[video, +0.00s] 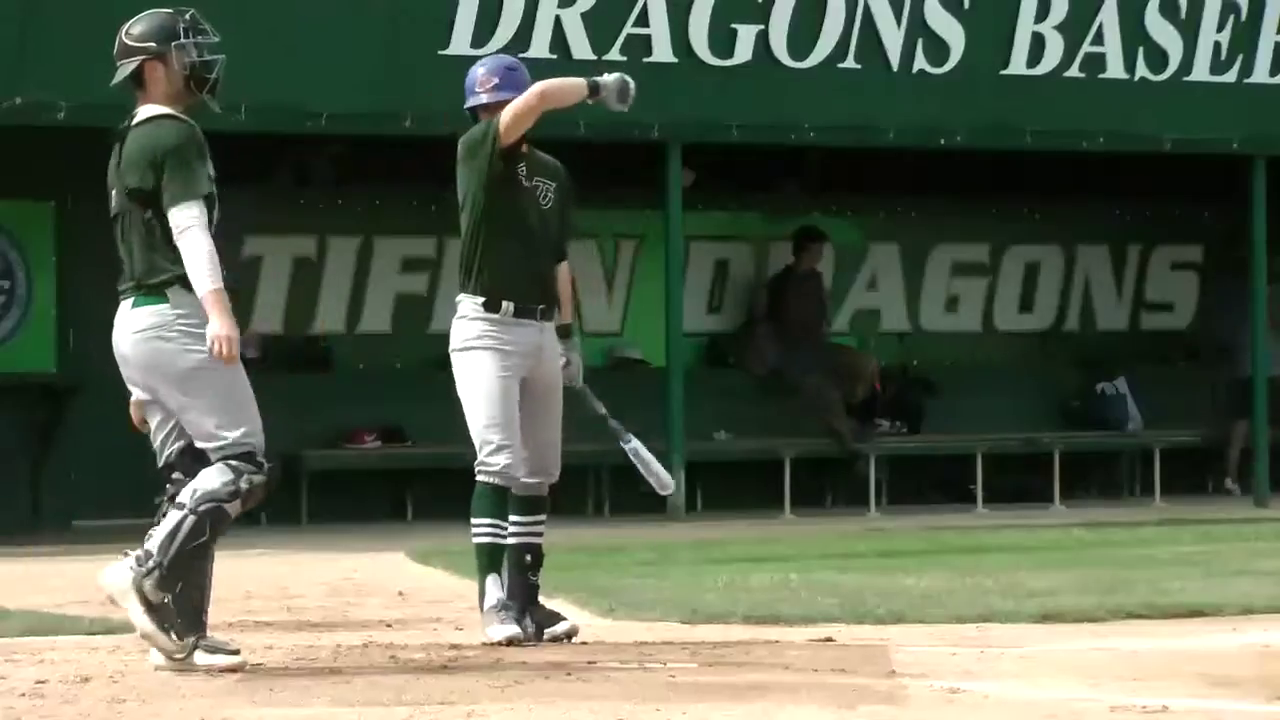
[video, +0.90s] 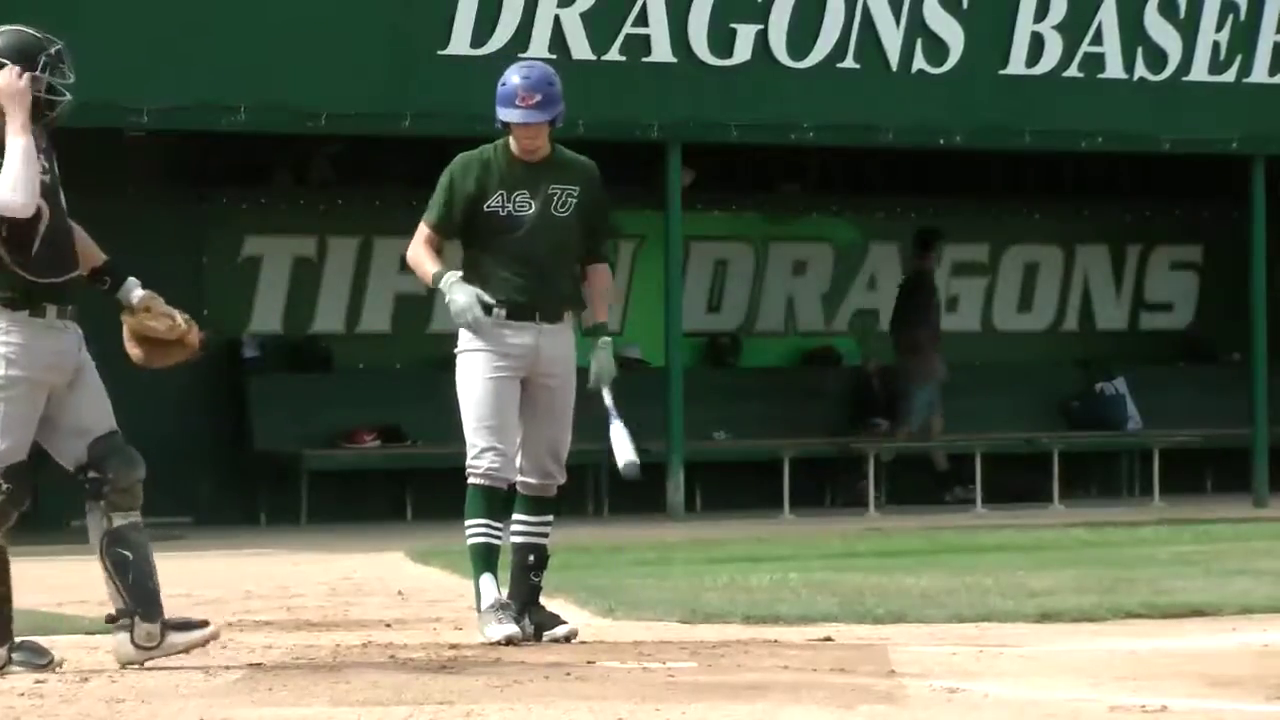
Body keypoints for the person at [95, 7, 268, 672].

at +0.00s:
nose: (200, 62)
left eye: (196, 52)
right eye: (187, 52)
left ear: (149, 70)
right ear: (154, 64)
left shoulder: (131, 142)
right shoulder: (174, 132)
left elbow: (139, 258)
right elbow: (189, 229)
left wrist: (143, 378)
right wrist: (220, 312)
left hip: (137, 322)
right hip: (174, 319)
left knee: (191, 477)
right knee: (243, 464)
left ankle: (183, 633)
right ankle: (145, 573)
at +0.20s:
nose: (185, 64)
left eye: (181, 54)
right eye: (172, 56)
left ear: (139, 70)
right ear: (138, 67)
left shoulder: (148, 135)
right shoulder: (139, 135)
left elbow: (111, 247)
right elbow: (123, 237)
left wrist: (101, 344)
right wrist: (141, 322)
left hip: (174, 322)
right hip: (170, 325)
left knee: (200, 484)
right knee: (195, 483)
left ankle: (183, 634)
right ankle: (74, 582)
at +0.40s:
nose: (149, 65)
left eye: (147, 56)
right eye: (135, 57)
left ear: (119, 72)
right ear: (101, 71)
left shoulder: (137, 144)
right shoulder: (95, 146)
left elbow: (135, 258)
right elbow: (84, 250)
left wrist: (85, 351)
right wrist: (104, 336)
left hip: (177, 331)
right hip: (133, 331)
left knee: (185, 491)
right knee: (124, 494)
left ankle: (182, 638)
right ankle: (30, 613)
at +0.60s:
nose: (107, 84)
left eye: (107, 73)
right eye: (96, 73)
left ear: (74, 79)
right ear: (62, 75)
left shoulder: (97, 151)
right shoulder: (39, 157)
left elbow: (106, 260)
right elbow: (37, 261)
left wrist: (145, 366)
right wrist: (120, 278)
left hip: (124, 333)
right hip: (71, 335)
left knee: (147, 488)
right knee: (53, 496)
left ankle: (178, 634)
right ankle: (6, 636)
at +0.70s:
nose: (83, 88)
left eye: (82, 78)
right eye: (72, 76)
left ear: (63, 84)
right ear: (37, 77)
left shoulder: (73, 152)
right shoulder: (12, 156)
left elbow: (91, 260)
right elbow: (20, 256)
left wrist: (137, 329)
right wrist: (96, 213)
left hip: (98, 333)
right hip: (44, 334)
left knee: (130, 485)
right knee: (30, 497)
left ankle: (171, 631)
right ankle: (6, 641)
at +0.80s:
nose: (59, 97)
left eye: (61, 87)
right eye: (51, 85)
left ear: (28, 84)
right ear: (16, 79)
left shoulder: (44, 150)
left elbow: (79, 235)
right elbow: (22, 235)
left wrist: (133, 299)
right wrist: (54, 155)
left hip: (76, 331)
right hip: (21, 332)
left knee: (122, 476)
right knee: (10, 497)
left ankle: (162, 625)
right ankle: (5, 642)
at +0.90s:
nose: (55, 86)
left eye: (54, 76)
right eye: (46, 76)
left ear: (26, 80)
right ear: (21, 79)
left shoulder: (38, 141)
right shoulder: (6, 141)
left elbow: (60, 228)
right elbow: (18, 207)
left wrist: (126, 288)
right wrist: (17, 119)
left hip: (61, 331)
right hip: (14, 331)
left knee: (114, 473)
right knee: (5, 495)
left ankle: (143, 624)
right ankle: (5, 642)